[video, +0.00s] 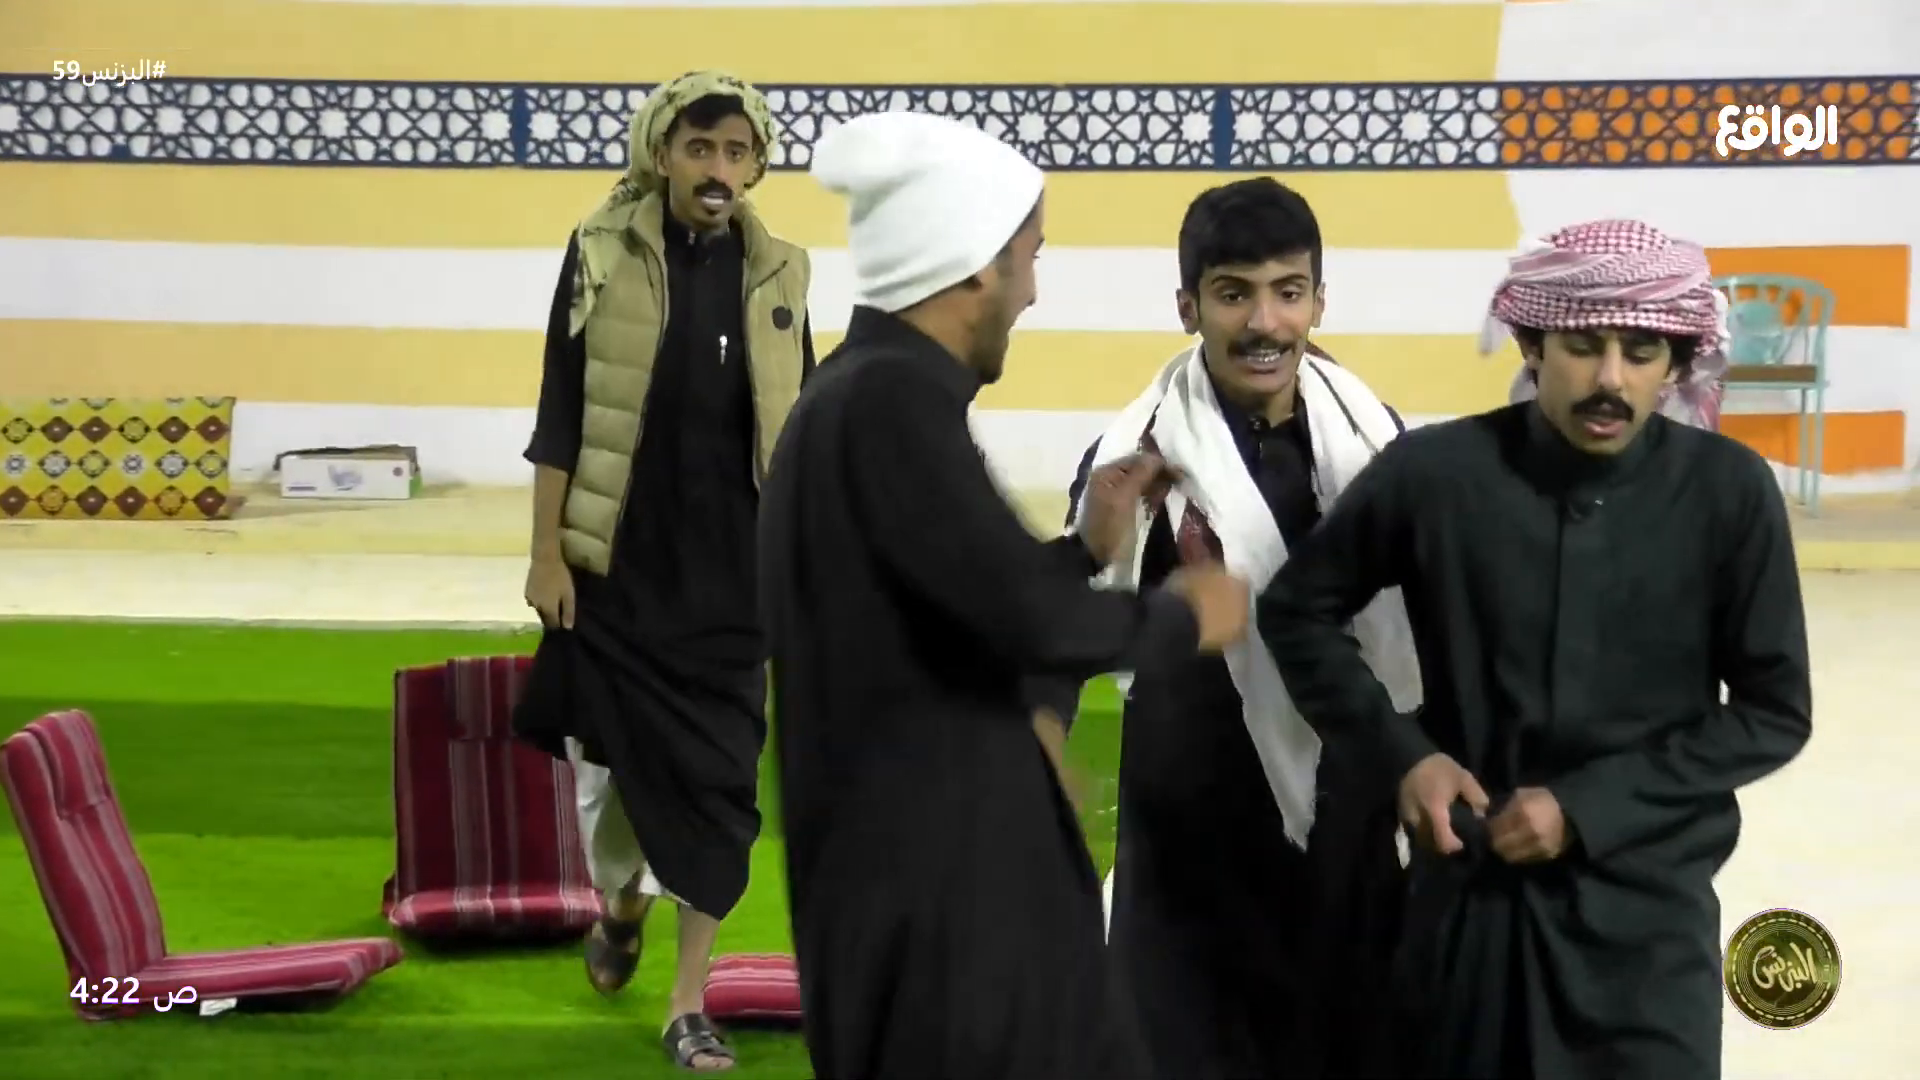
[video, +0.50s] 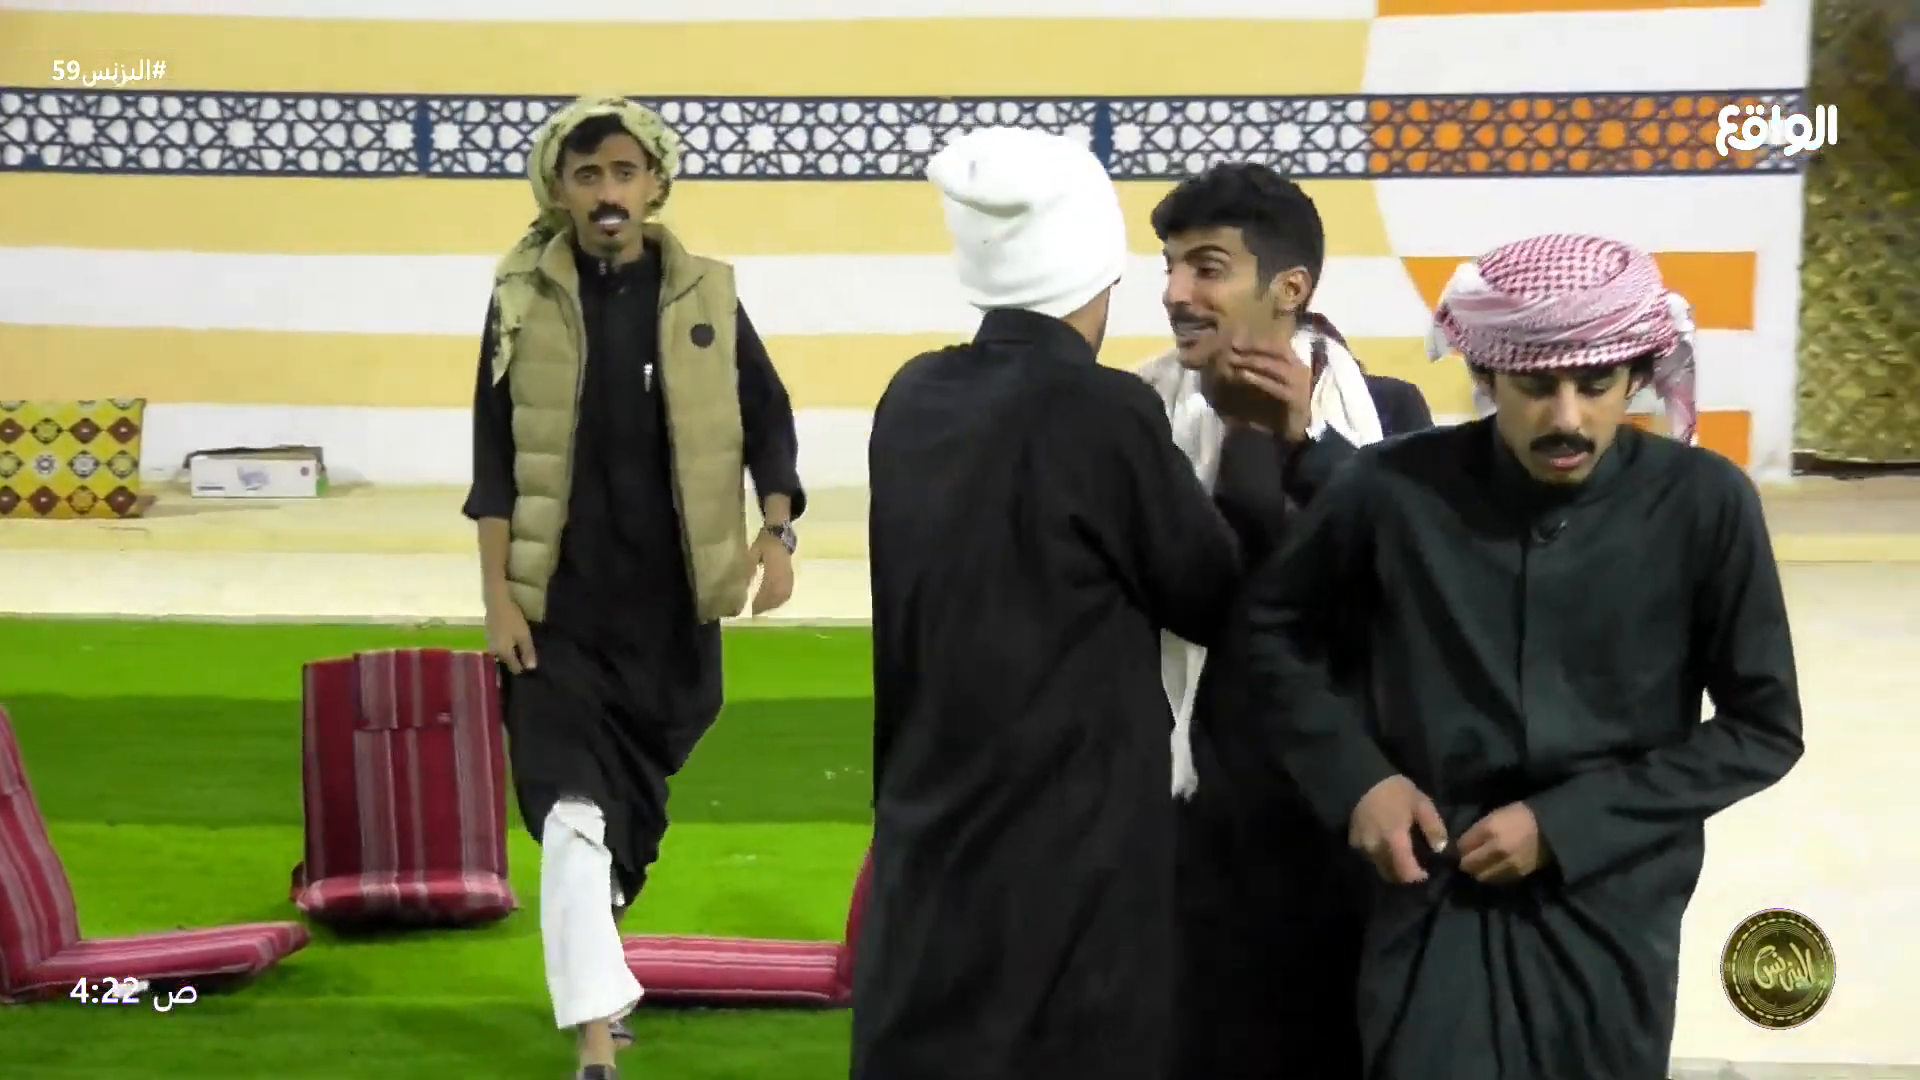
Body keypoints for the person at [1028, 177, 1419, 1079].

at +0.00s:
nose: (1264, 321)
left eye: (1287, 293)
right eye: (1235, 295)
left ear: (1317, 302)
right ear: (1189, 306)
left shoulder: (1378, 439)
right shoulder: (1127, 459)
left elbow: (1436, 631)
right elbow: (1066, 659)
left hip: (1353, 852)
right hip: (1194, 855)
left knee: (1353, 1059)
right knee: (1194, 1053)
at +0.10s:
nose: (1262, 316)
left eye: (1285, 284)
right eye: (1230, 289)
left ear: (1313, 287)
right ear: (1184, 299)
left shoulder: (1365, 413)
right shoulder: (1131, 447)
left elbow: (1428, 581)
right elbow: (1099, 636)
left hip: (1360, 821)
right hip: (1202, 841)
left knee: (1365, 1041)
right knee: (1213, 1040)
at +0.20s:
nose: (1251, 304)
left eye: (1277, 275)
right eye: (1221, 276)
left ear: (1307, 282)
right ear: (1174, 287)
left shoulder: (1367, 416)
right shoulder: (1111, 434)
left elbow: (1432, 589)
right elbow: (1100, 629)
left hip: (1349, 816)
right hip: (1186, 821)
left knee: (1356, 1034)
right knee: (1208, 1038)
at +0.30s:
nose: (1235, 304)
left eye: (1260, 276)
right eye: (1207, 277)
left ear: (1297, 286)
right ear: (1165, 286)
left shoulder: (1359, 412)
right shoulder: (1113, 424)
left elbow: (1427, 595)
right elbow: (1093, 610)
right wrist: (1133, 496)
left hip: (1327, 809)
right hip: (1169, 813)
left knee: (1334, 1034)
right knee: (1189, 1035)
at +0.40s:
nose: (1192, 296)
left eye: (1224, 271)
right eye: (1176, 269)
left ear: (1290, 289)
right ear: (1158, 279)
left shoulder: (1370, 416)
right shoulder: (1120, 416)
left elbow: (1408, 593)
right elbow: (1099, 601)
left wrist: (1324, 482)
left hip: (1317, 790)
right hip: (1166, 792)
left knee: (1315, 1026)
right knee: (1173, 1026)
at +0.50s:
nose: (1177, 294)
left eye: (1210, 268)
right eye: (1173, 266)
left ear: (1292, 287)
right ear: (1162, 272)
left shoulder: (1382, 413)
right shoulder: (1135, 412)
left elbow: (1408, 585)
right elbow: (1098, 587)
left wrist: (1304, 446)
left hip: (1315, 809)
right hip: (1159, 807)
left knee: (1306, 1044)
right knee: (1163, 1035)